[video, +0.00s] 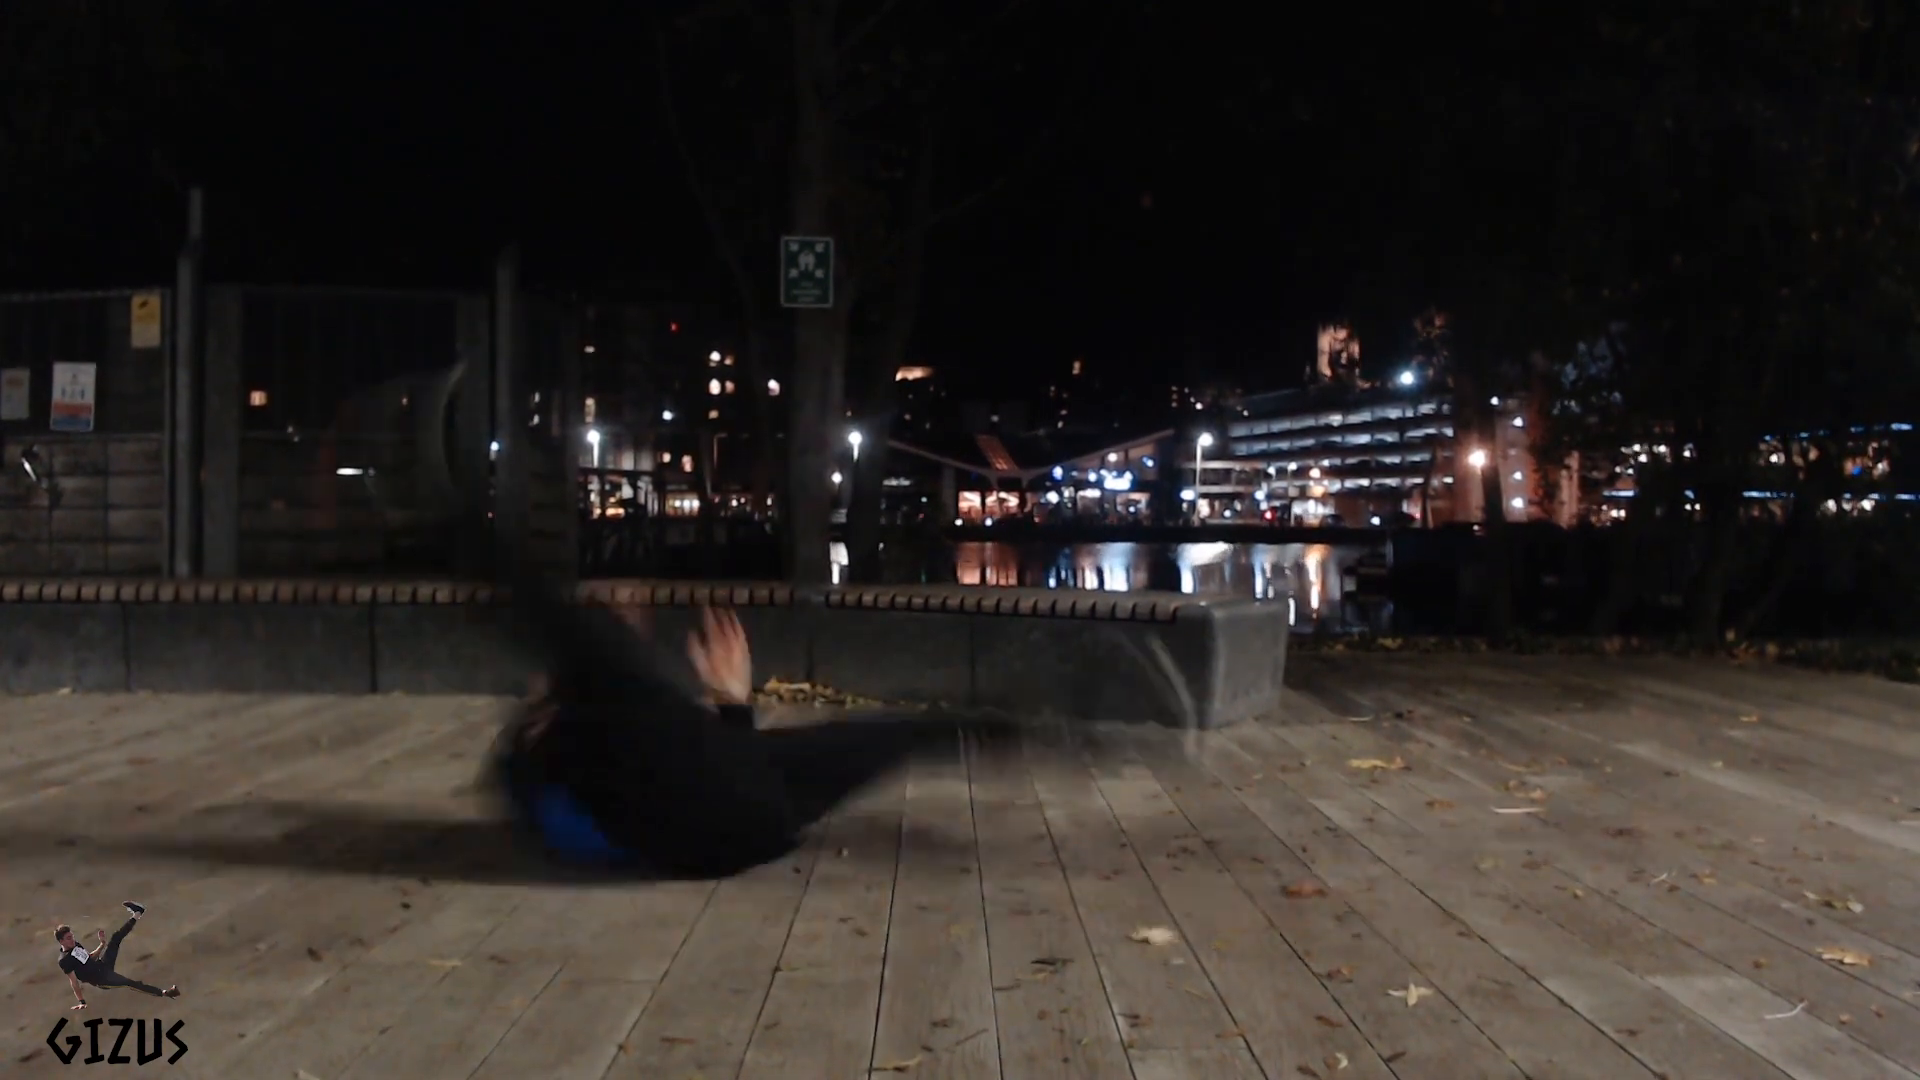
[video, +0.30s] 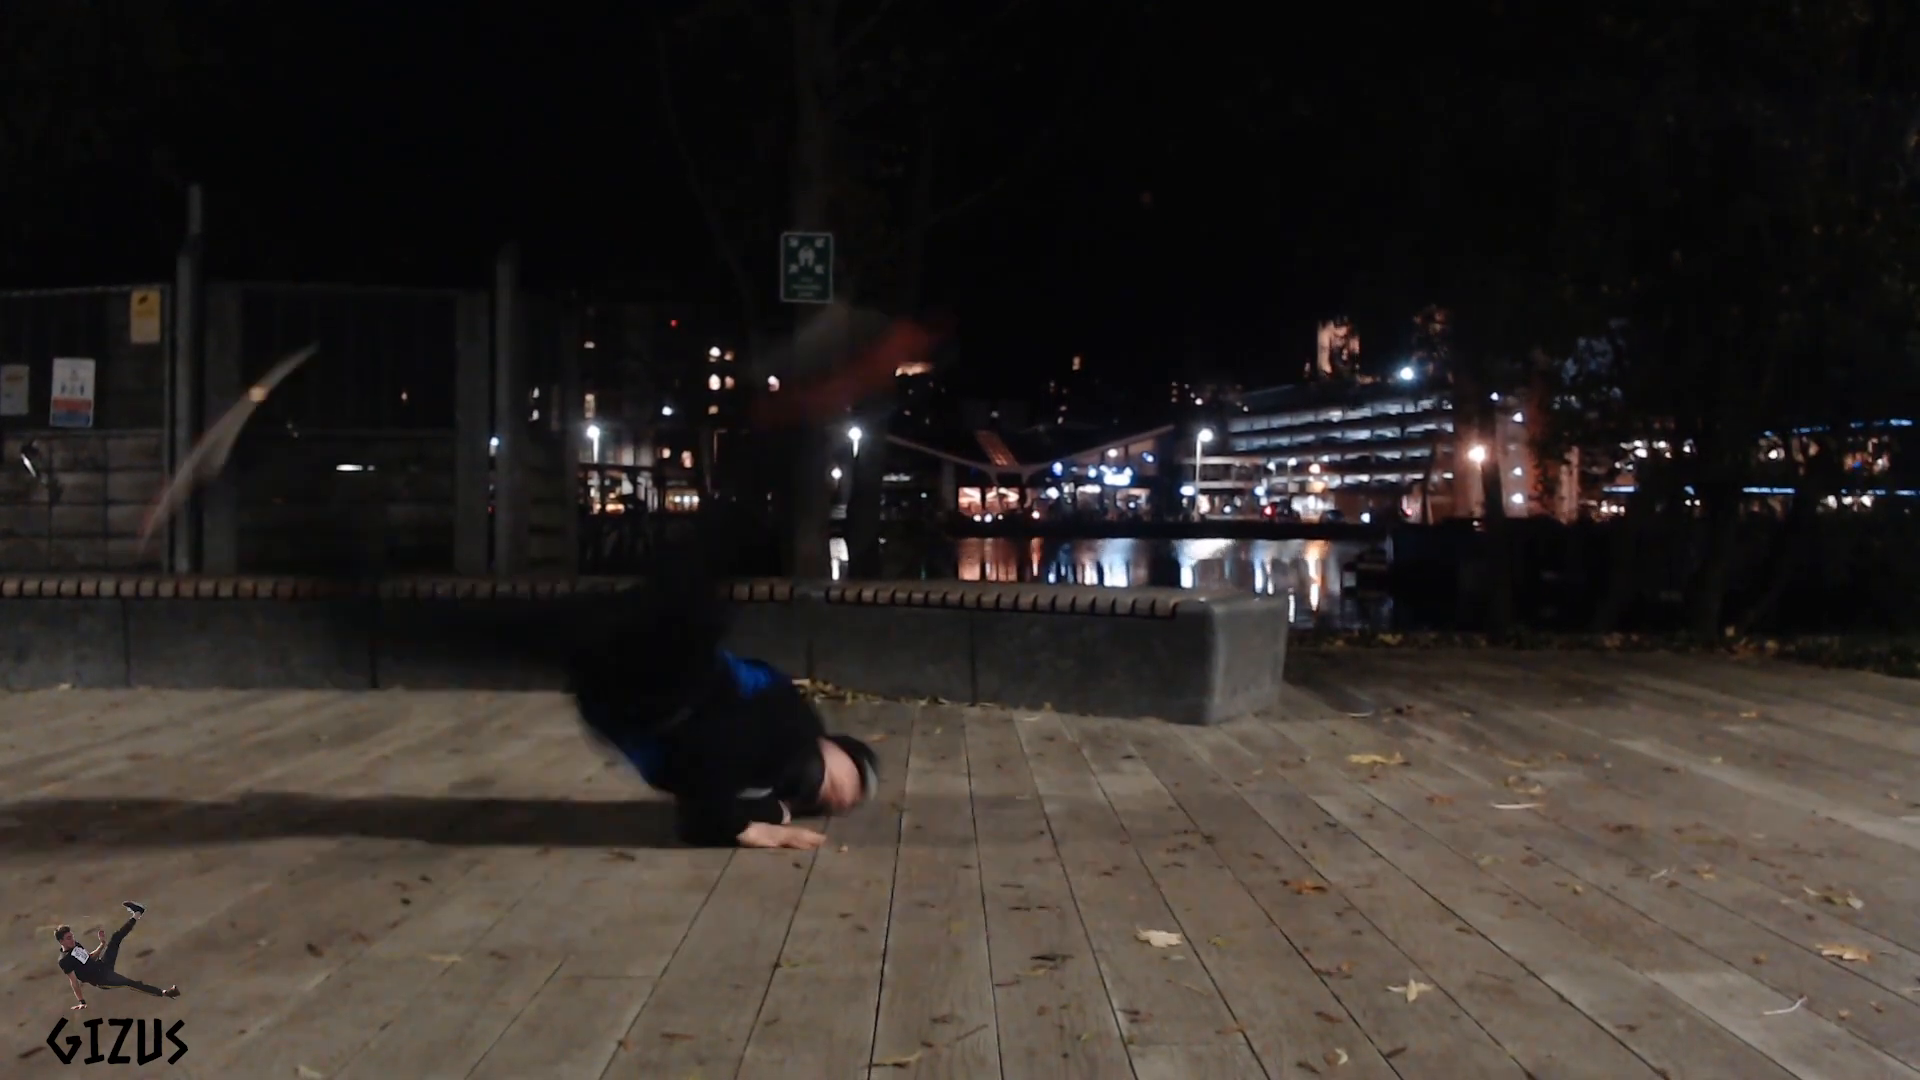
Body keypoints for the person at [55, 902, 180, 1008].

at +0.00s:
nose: (72, 939)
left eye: (72, 936)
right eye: (69, 938)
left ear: (71, 937)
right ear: (61, 942)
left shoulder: (76, 946)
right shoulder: (64, 961)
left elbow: (91, 957)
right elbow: (74, 982)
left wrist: (102, 945)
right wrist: (81, 1001)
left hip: (104, 964)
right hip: (102, 978)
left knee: (116, 938)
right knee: (131, 983)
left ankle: (136, 916)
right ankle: (164, 993)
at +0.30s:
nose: (73, 939)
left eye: (72, 936)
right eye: (69, 938)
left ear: (71, 937)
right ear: (62, 941)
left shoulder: (75, 946)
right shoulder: (64, 960)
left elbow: (91, 957)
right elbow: (74, 982)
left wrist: (102, 944)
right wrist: (81, 1002)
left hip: (104, 964)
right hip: (102, 978)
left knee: (115, 939)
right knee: (131, 983)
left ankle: (136, 916)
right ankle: (164, 993)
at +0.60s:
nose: (73, 939)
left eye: (72, 936)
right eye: (69, 938)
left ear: (70, 937)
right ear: (61, 941)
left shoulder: (75, 946)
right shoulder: (64, 961)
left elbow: (91, 957)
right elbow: (74, 981)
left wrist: (102, 944)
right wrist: (81, 1001)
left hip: (104, 964)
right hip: (102, 978)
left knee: (115, 939)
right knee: (131, 983)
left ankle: (136, 916)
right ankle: (164, 993)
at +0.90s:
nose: (73, 939)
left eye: (72, 936)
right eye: (69, 938)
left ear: (70, 937)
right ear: (62, 941)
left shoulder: (75, 946)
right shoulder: (64, 960)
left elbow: (91, 957)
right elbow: (73, 982)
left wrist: (102, 944)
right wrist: (81, 1001)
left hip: (104, 964)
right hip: (102, 978)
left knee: (116, 939)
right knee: (131, 983)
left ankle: (136, 916)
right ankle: (164, 993)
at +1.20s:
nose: (73, 939)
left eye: (72, 936)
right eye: (69, 938)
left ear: (71, 937)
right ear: (61, 941)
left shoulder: (75, 946)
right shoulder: (64, 960)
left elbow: (91, 957)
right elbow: (74, 982)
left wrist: (102, 944)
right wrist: (81, 1002)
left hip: (104, 964)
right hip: (102, 978)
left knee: (115, 939)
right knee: (131, 983)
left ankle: (136, 916)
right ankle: (164, 993)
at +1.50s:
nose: (73, 939)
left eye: (72, 936)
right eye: (69, 938)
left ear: (71, 937)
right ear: (61, 941)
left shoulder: (76, 946)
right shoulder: (64, 961)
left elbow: (91, 957)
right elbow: (74, 982)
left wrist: (102, 944)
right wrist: (81, 1002)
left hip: (104, 965)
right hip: (102, 978)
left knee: (115, 939)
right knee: (132, 983)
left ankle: (135, 917)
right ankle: (164, 993)